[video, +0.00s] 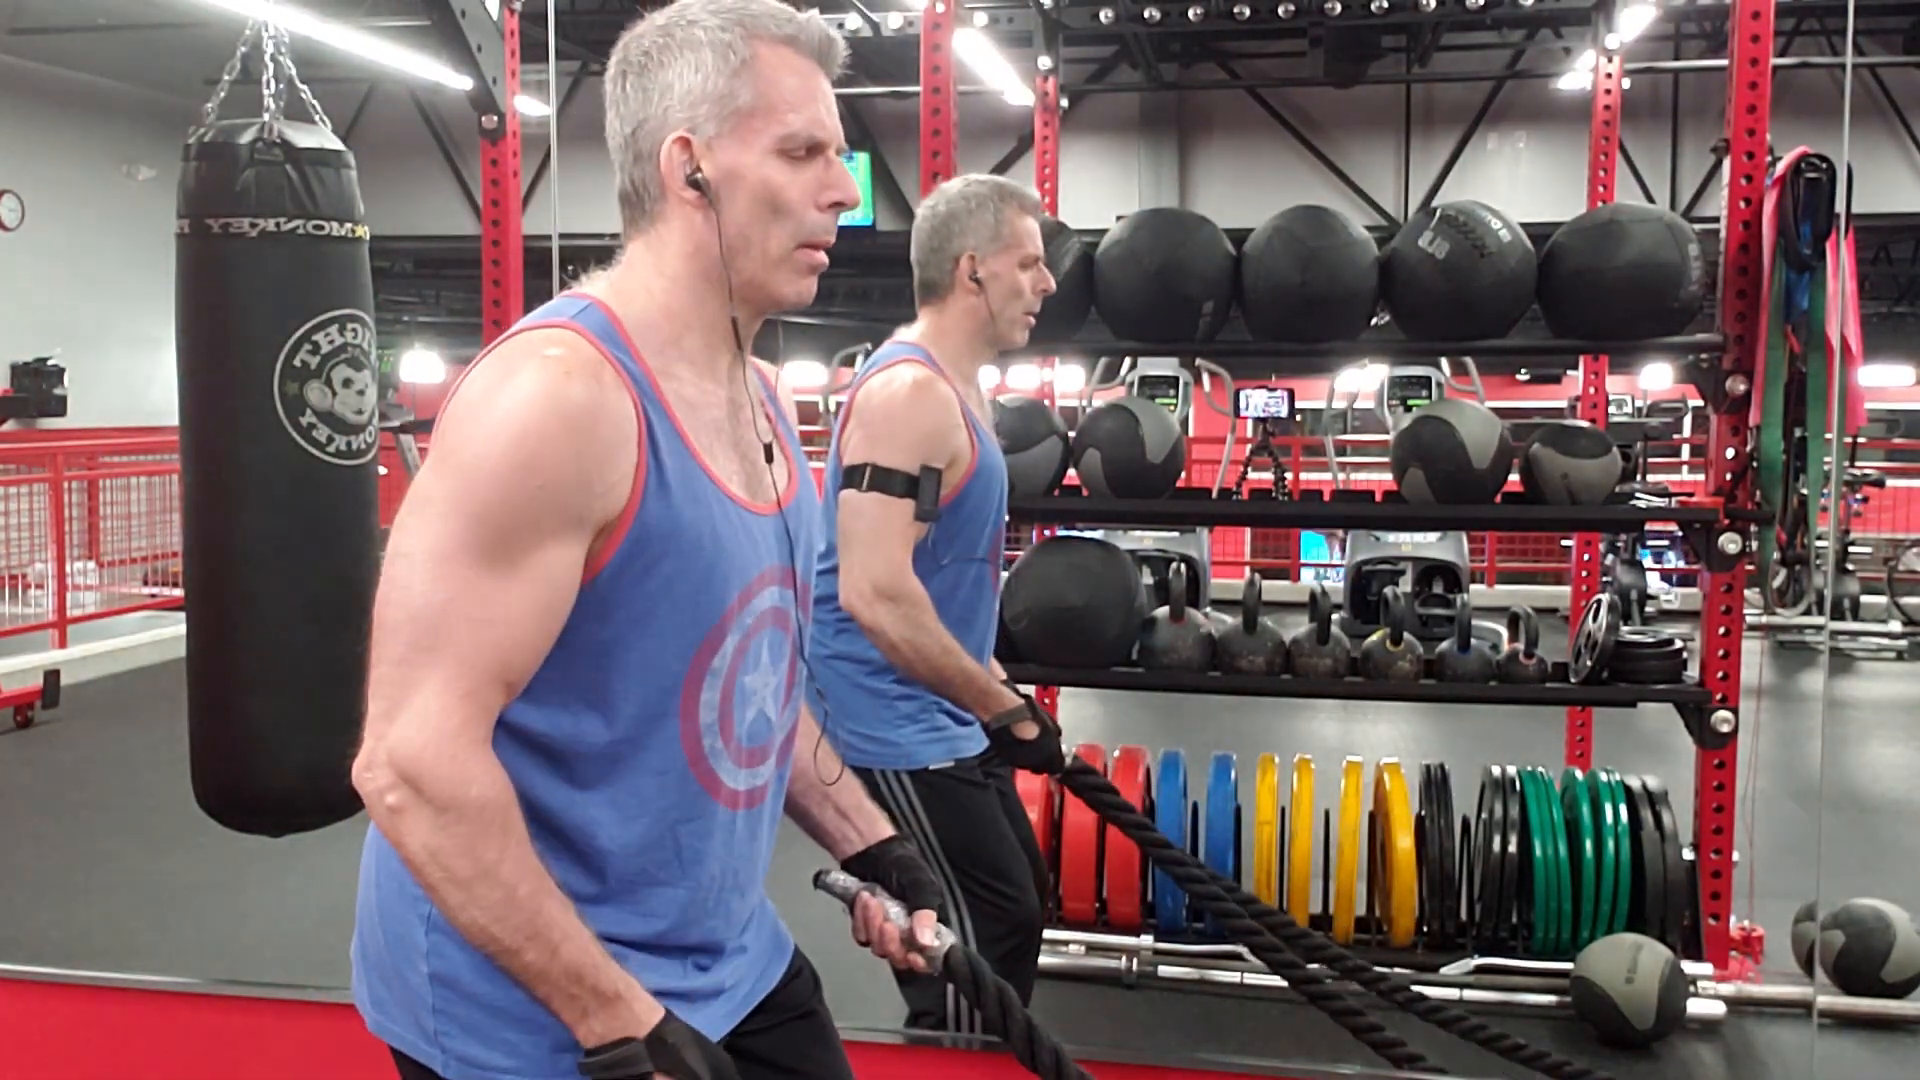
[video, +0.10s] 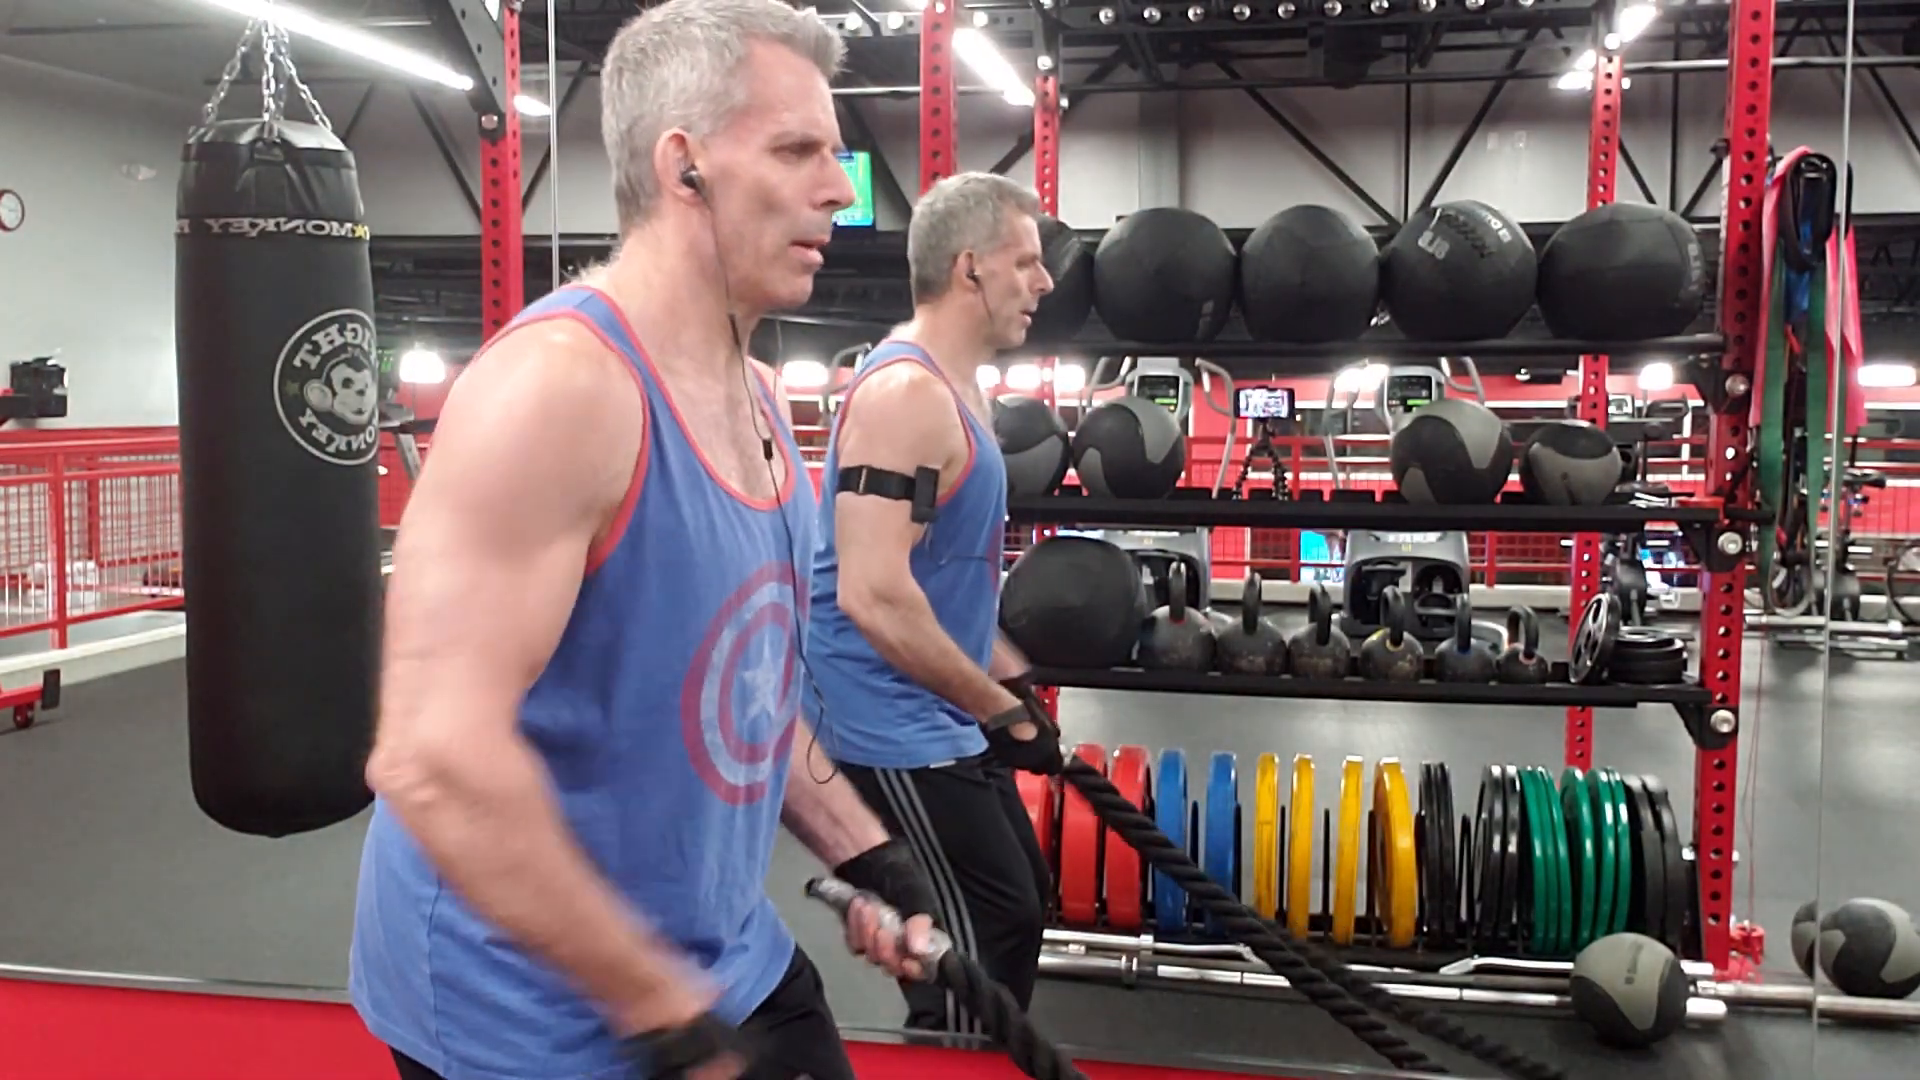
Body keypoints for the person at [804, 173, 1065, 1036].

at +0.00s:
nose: (1047, 285)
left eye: (1045, 265)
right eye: (1032, 264)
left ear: (977, 276)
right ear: (974, 273)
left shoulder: (950, 390)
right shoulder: (908, 391)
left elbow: (926, 581)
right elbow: (877, 589)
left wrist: (999, 695)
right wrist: (999, 704)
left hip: (946, 727)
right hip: (896, 733)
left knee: (1009, 921)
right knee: (998, 929)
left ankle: (966, 1074)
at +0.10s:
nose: (1044, 285)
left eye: (1041, 264)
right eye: (1028, 263)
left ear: (975, 275)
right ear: (972, 271)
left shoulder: (950, 392)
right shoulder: (904, 391)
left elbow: (936, 581)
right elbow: (875, 593)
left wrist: (1011, 669)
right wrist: (998, 709)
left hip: (945, 724)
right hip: (892, 730)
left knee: (1016, 918)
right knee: (992, 931)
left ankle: (978, 1069)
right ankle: (955, 1075)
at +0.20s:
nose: (1034, 285)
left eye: (1034, 264)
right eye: (1020, 262)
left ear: (966, 269)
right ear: (963, 267)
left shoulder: (943, 391)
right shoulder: (899, 393)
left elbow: (1000, 543)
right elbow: (871, 594)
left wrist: (1105, 612)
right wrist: (989, 721)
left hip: (924, 743)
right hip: (874, 752)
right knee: (989, 945)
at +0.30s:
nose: (1033, 290)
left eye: (1032, 270)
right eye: (1019, 268)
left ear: (966, 274)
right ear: (959, 270)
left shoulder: (937, 395)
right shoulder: (902, 394)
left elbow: (1035, 510)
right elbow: (875, 599)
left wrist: (1179, 489)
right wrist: (978, 721)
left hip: (917, 730)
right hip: (882, 737)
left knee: (1001, 922)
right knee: (989, 930)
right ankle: (958, 1076)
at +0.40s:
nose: (1037, 296)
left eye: (1037, 275)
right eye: (1023, 273)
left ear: (971, 281)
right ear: (965, 277)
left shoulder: (943, 393)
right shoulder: (906, 392)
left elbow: (1000, 540)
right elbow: (884, 585)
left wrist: (1135, 539)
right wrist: (1011, 692)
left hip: (919, 708)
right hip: (871, 714)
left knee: (1012, 911)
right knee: (993, 922)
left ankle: (960, 1058)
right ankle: (952, 1063)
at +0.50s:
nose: (1034, 297)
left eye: (1035, 277)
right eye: (1019, 275)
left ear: (959, 279)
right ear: (957, 276)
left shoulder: (947, 393)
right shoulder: (898, 386)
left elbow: (946, 577)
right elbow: (916, 570)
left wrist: (1031, 659)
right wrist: (1076, 589)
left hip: (926, 715)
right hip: (866, 725)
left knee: (1022, 907)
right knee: (976, 929)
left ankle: (979, 1061)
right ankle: (952, 1068)